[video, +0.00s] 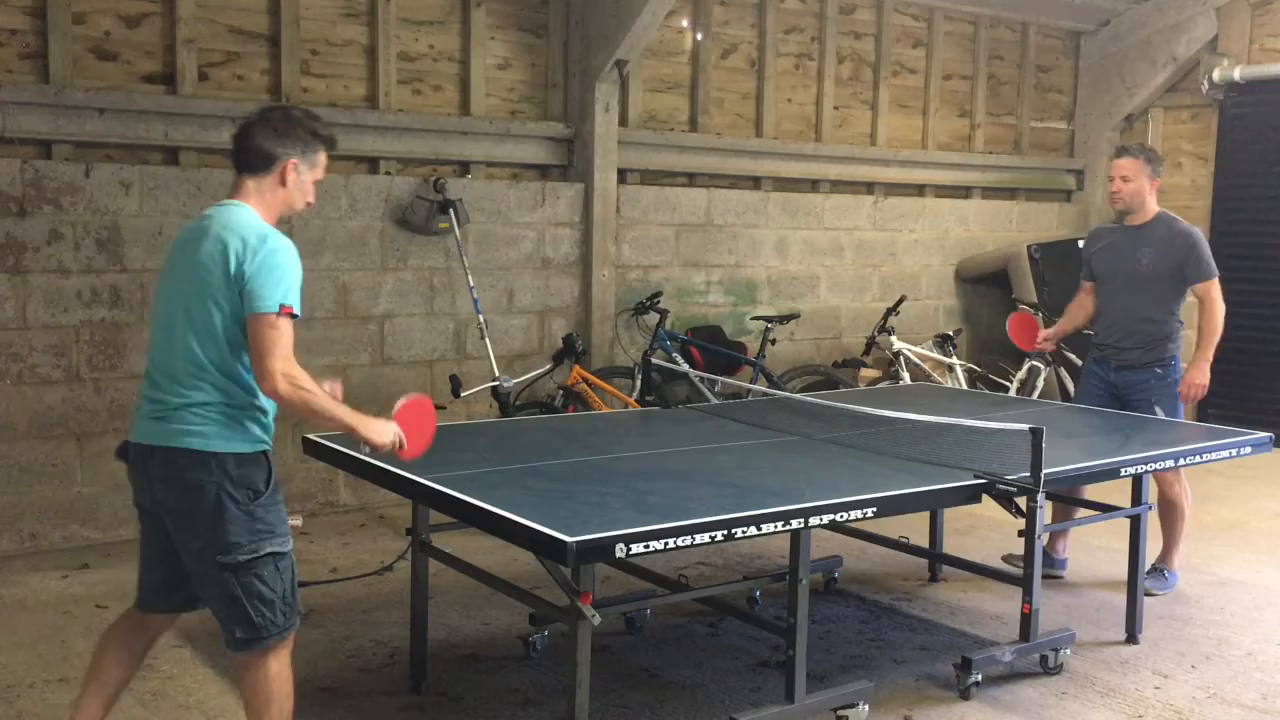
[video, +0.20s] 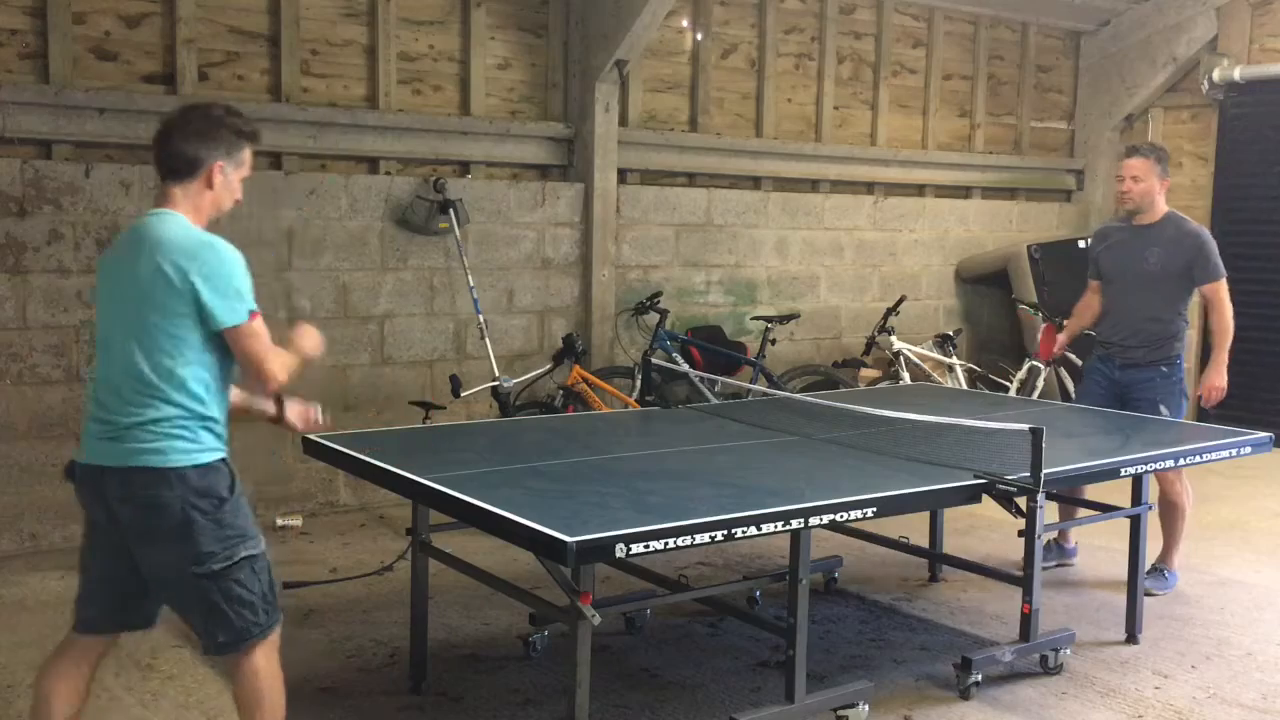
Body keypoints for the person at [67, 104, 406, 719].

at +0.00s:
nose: (314, 197)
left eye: (318, 183)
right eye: (314, 180)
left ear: (257, 167)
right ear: (285, 169)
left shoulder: (192, 234)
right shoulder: (269, 248)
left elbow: (215, 356)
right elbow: (279, 377)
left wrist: (305, 386)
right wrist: (361, 424)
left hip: (155, 455)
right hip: (220, 464)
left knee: (155, 606)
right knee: (268, 633)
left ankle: (83, 713)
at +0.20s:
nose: (242, 194)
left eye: (244, 179)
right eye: (241, 178)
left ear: (177, 170)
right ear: (212, 174)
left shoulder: (121, 249)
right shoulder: (207, 254)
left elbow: (174, 372)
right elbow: (270, 374)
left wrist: (273, 407)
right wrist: (300, 347)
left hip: (104, 470)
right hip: (180, 473)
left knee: (89, 633)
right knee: (254, 638)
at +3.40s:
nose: (560, 232)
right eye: (559, 224)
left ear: (481, 234)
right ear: (552, 234)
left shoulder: (441, 309)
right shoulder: (591, 311)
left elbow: (363, 455)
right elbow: (642, 451)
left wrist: (379, 494)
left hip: (502, 527)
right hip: (606, 513)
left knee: (436, 699)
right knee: (651, 691)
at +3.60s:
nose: (518, 227)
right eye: (516, 219)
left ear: (442, 225)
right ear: (510, 227)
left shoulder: (396, 295)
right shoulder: (541, 299)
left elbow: (321, 425)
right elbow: (594, 426)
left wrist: (369, 460)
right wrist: (550, 457)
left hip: (436, 503)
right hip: (537, 494)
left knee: (423, 690)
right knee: (514, 668)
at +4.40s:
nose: (441, 215)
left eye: (439, 201)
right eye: (433, 201)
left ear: (386, 210)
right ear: (399, 211)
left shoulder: (320, 269)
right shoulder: (397, 287)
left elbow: (270, 352)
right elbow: (389, 397)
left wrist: (332, 381)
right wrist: (435, 435)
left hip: (272, 439)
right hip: (330, 447)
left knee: (278, 564)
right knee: (386, 588)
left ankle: (259, 679)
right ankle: (405, 711)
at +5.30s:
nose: (401, 249)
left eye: (404, 236)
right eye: (389, 235)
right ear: (347, 236)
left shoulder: (374, 290)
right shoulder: (295, 300)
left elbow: (393, 344)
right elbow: (283, 409)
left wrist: (441, 386)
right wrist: (321, 453)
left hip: (287, 430)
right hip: (236, 426)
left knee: (266, 549)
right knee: (266, 573)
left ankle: (235, 629)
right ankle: (249, 702)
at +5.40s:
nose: (411, 236)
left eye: (415, 223)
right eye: (400, 222)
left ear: (371, 223)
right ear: (357, 221)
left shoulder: (377, 275)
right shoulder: (310, 284)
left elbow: (377, 330)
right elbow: (327, 399)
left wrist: (428, 384)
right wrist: (400, 425)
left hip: (301, 427)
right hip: (246, 424)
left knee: (299, 545)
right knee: (267, 573)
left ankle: (235, 629)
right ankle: (248, 702)